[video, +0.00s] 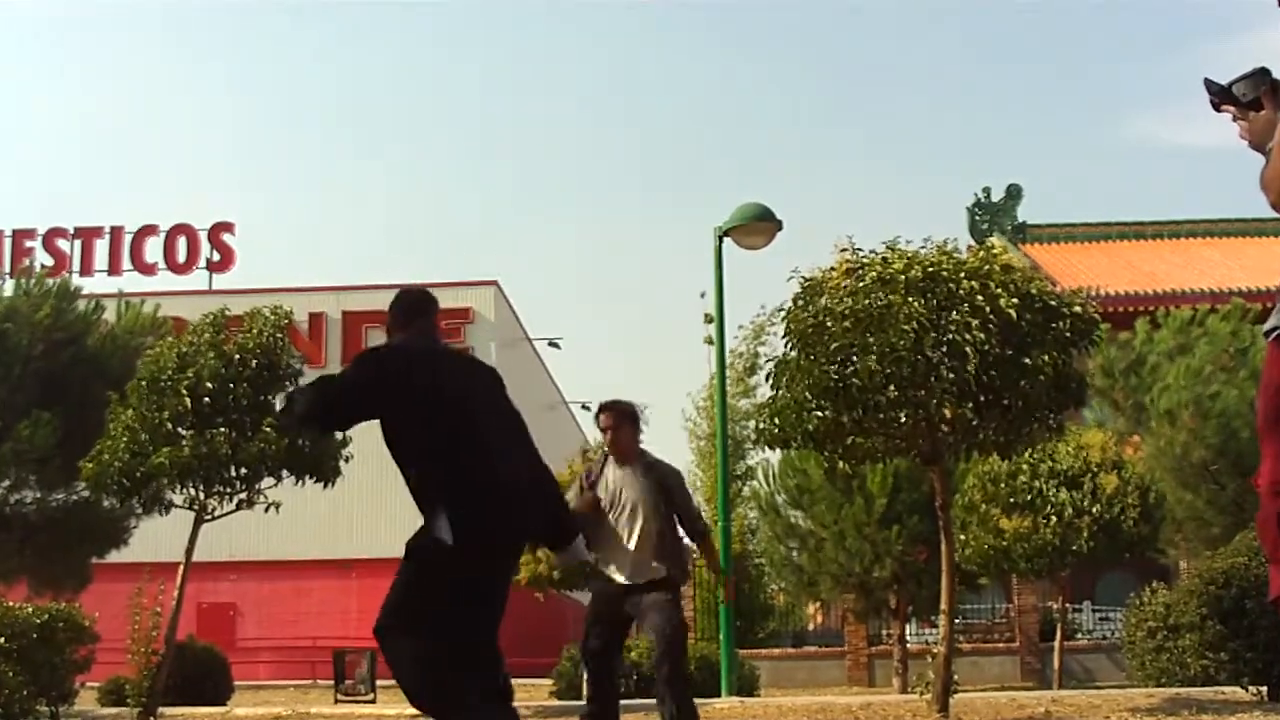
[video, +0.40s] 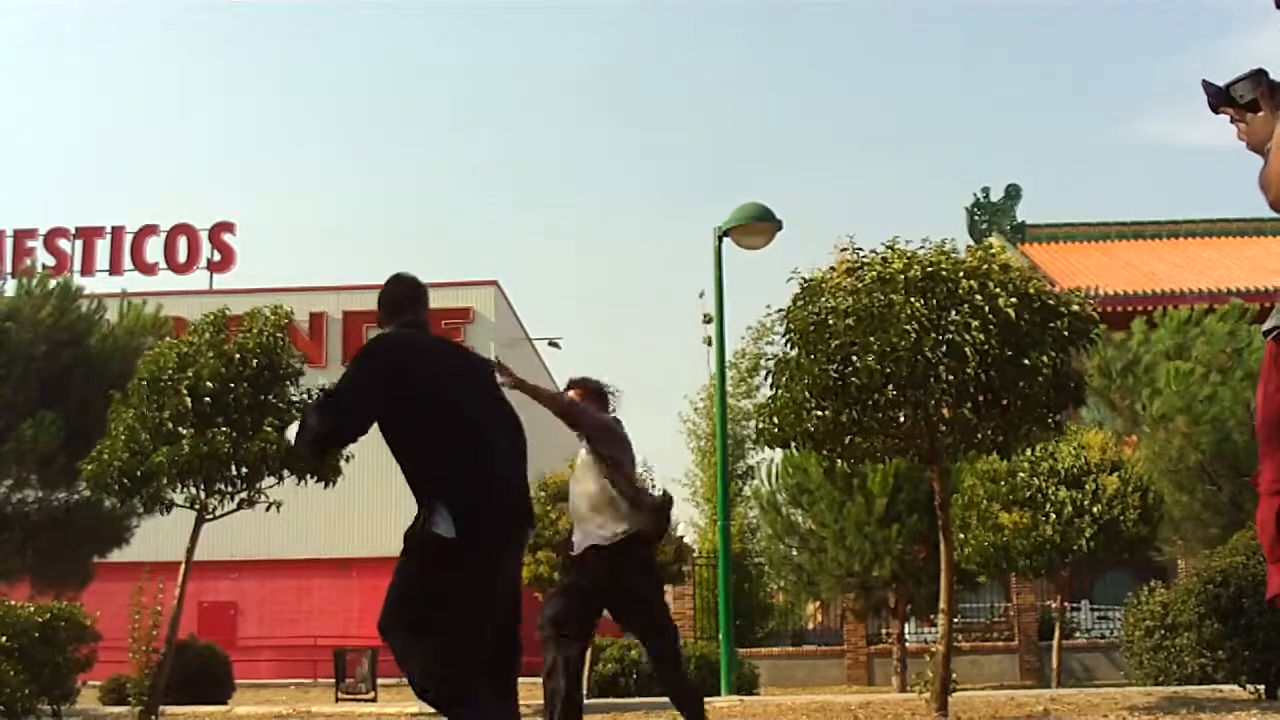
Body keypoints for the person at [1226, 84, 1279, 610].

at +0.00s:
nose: (1235, 125)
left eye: (1241, 114)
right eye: (1233, 116)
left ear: (1270, 105)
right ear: (1267, 107)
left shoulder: (1275, 166)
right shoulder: (1271, 169)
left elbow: (1272, 193)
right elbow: (1272, 194)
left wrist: (1274, 137)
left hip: (1276, 336)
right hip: (1274, 335)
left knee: (1271, 480)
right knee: (1270, 480)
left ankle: (1275, 582)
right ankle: (1274, 581)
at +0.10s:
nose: (1239, 126)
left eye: (1245, 113)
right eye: (1235, 117)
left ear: (1273, 104)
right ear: (1266, 109)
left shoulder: (1274, 170)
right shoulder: (1270, 172)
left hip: (1275, 339)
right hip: (1274, 339)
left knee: (1271, 478)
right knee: (1271, 476)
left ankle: (1276, 581)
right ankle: (1274, 581)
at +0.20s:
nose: (1239, 126)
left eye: (1245, 114)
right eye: (1235, 117)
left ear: (1273, 105)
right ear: (1266, 109)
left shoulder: (1274, 171)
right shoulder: (1270, 172)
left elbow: (1271, 191)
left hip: (1275, 339)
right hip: (1274, 338)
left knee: (1272, 477)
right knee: (1271, 475)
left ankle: (1275, 582)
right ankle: (1274, 582)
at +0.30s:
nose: (1238, 131)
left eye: (1241, 118)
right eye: (1234, 120)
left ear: (1268, 108)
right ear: (1263, 110)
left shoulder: (1273, 171)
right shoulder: (1270, 170)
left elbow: (1273, 190)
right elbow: (1273, 191)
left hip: (1276, 333)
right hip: (1275, 333)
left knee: (1273, 462)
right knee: (1272, 460)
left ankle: (1277, 576)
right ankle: (1275, 576)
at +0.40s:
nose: (1235, 133)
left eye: (1238, 120)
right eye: (1231, 123)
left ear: (1265, 107)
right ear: (1263, 108)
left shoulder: (1273, 166)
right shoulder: (1270, 166)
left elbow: (1271, 190)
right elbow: (1270, 191)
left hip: (1274, 336)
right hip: (1272, 336)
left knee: (1270, 470)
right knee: (1269, 468)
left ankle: (1274, 576)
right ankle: (1272, 576)